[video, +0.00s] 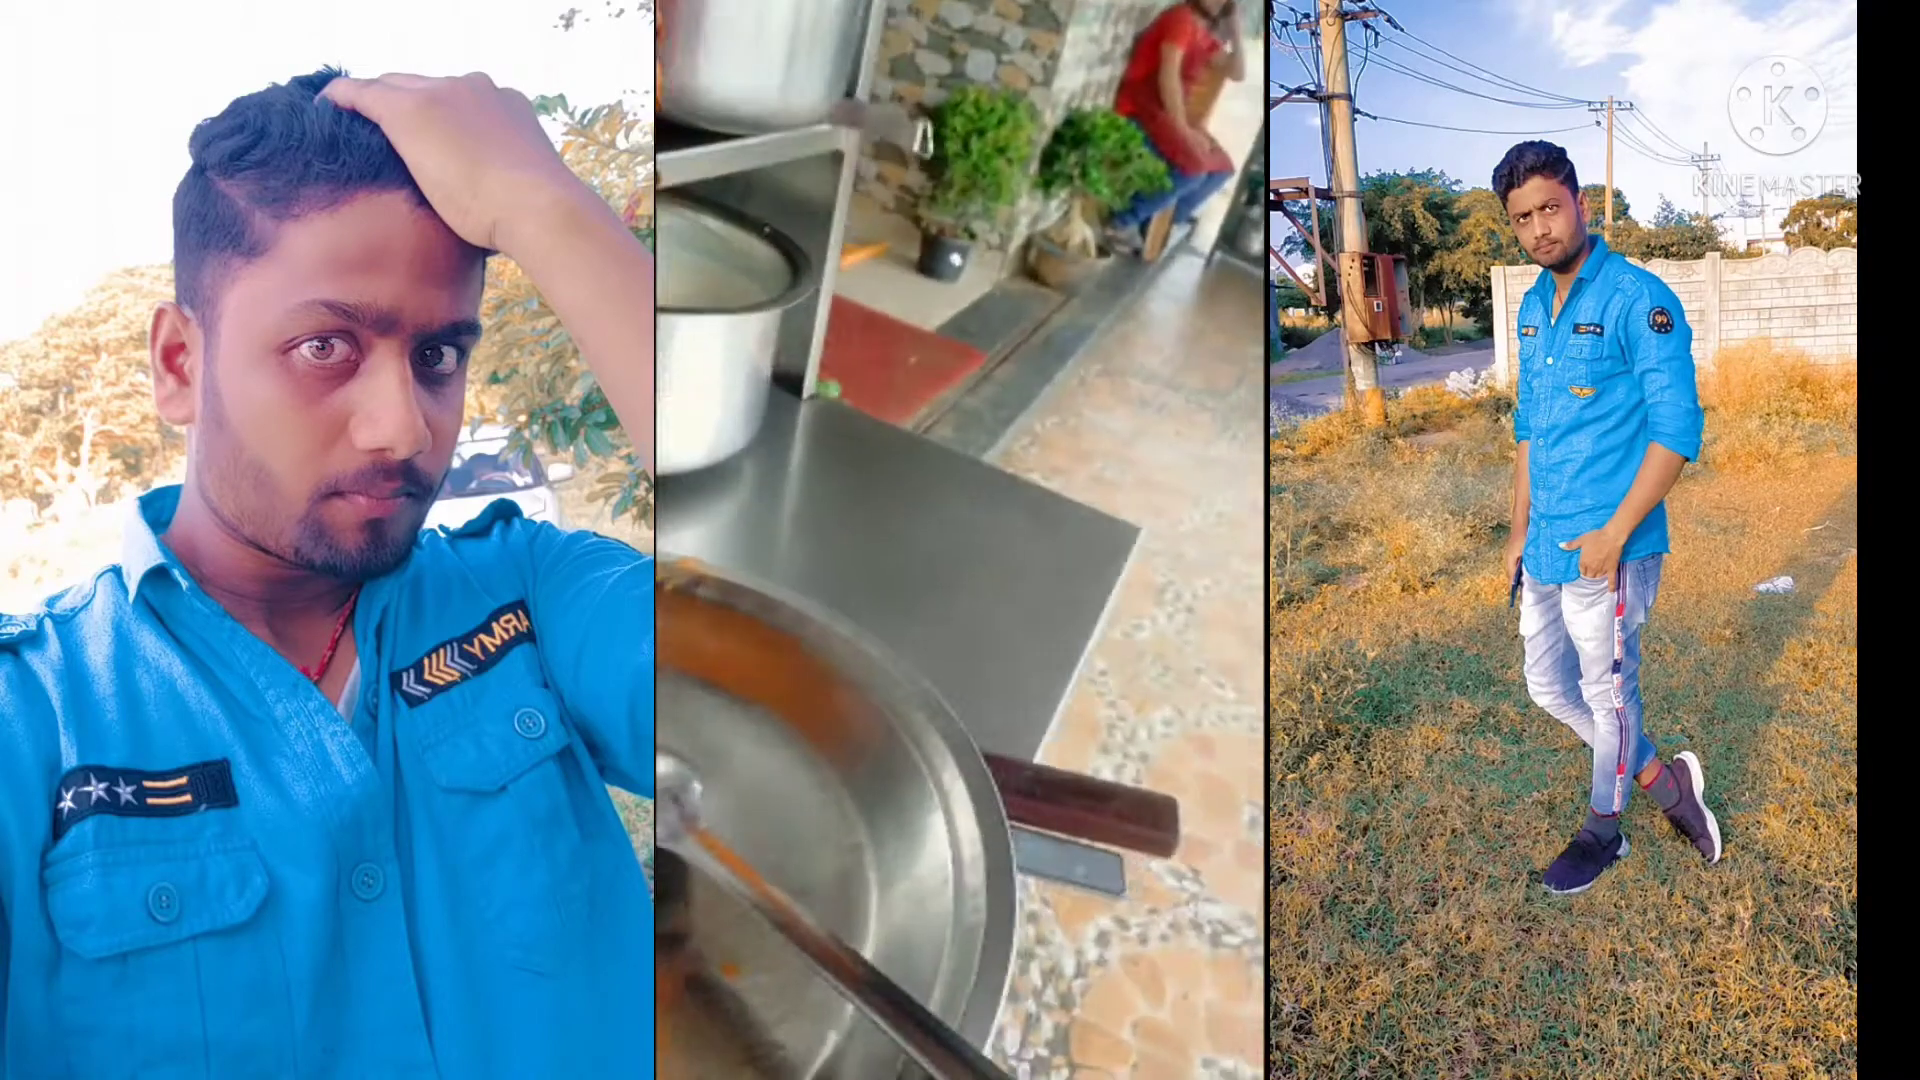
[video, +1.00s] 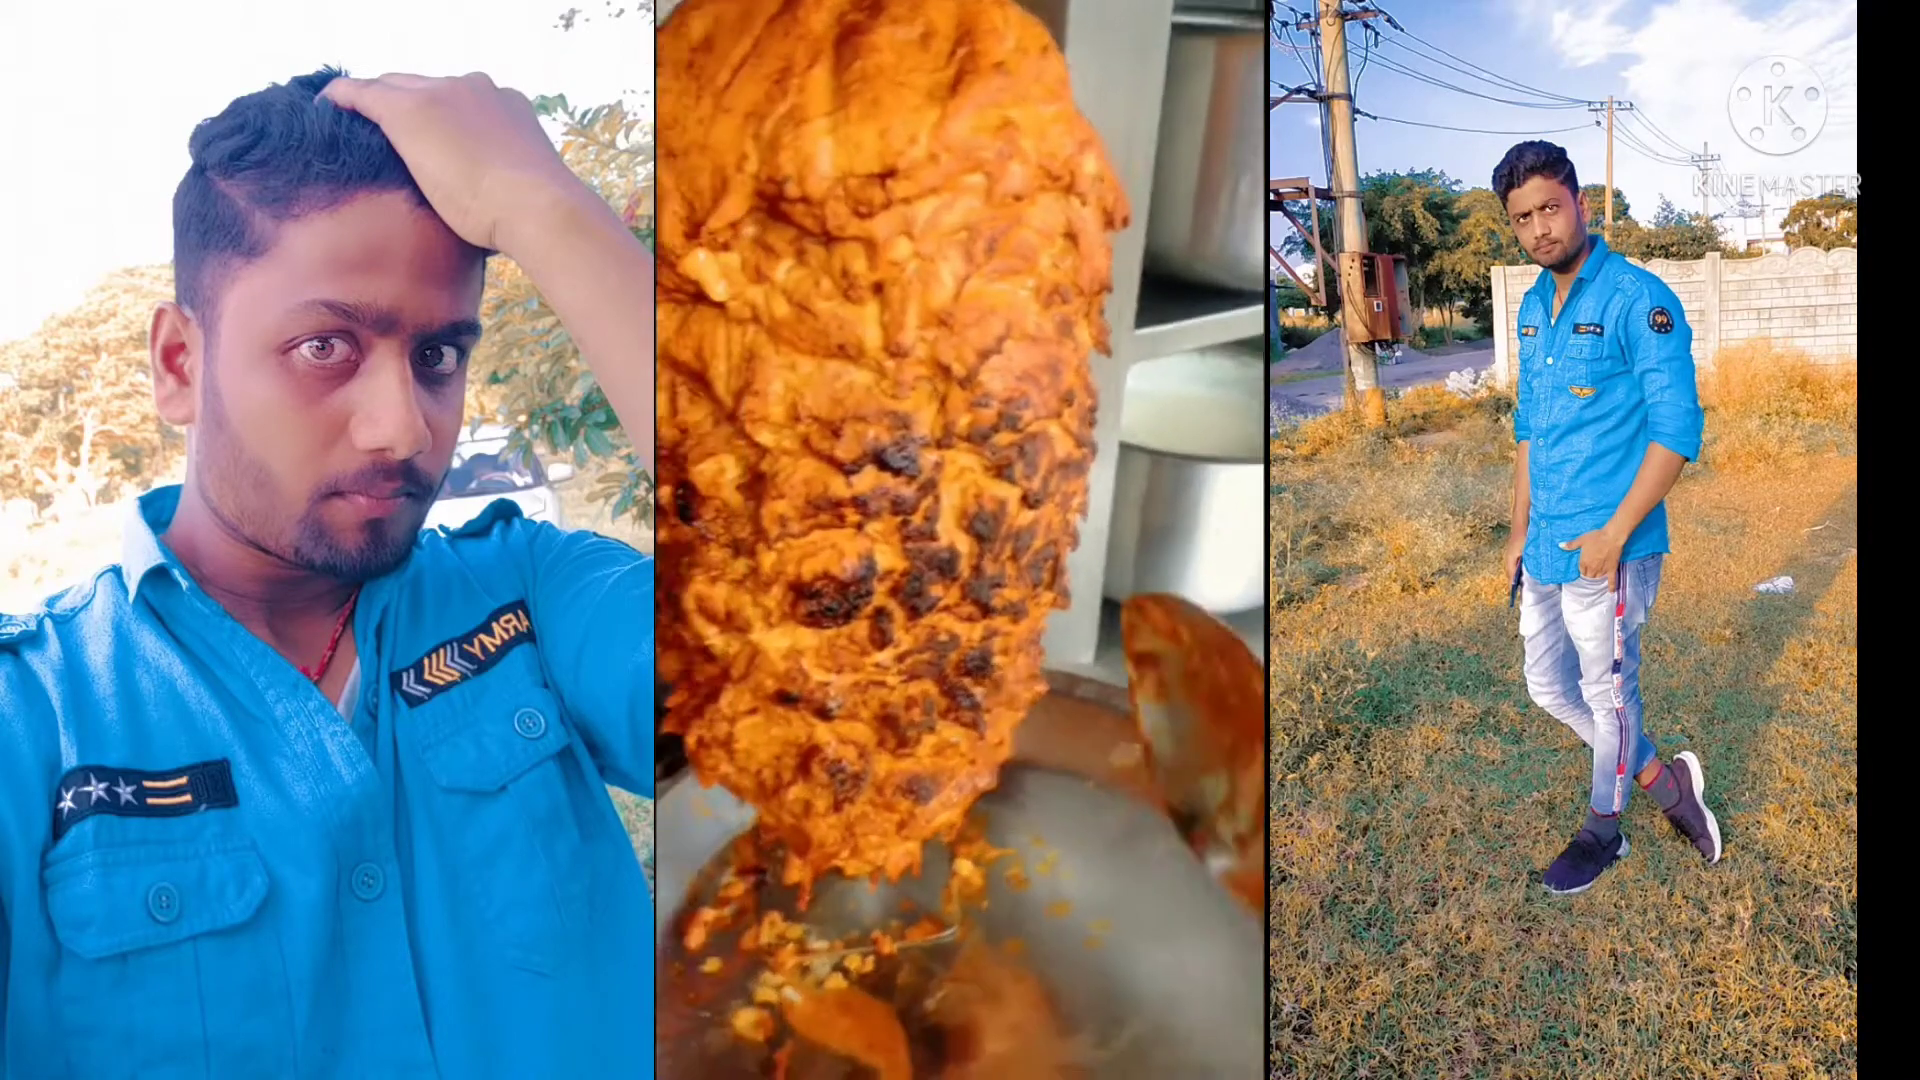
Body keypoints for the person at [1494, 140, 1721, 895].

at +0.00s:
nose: (1537, 229)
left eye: (1548, 208)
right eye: (1522, 219)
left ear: (1582, 202)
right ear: (1513, 228)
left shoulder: (1641, 298)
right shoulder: (1534, 306)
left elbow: (1678, 432)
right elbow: (1529, 431)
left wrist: (1616, 532)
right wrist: (1520, 528)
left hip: (1611, 537)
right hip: (1544, 538)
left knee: (1609, 690)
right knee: (1549, 684)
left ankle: (1602, 828)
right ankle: (1665, 777)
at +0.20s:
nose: (1537, 229)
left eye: (1549, 209)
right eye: (1522, 219)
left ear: (1582, 203)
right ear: (1513, 228)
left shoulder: (1640, 298)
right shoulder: (1534, 307)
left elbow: (1678, 431)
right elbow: (1529, 431)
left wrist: (1615, 532)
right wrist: (1520, 528)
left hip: (1611, 536)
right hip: (1544, 538)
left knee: (1609, 689)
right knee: (1549, 684)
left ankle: (1602, 828)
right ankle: (1665, 778)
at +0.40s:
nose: (1537, 229)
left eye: (1548, 208)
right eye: (1522, 219)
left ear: (1582, 202)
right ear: (1513, 228)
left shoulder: (1641, 298)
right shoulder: (1534, 306)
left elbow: (1678, 432)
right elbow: (1529, 431)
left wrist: (1615, 532)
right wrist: (1520, 528)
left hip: (1612, 537)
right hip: (1544, 538)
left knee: (1609, 690)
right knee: (1549, 685)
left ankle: (1602, 828)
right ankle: (1665, 777)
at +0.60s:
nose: (1537, 229)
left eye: (1549, 208)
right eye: (1522, 219)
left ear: (1582, 202)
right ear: (1513, 228)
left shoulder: (1641, 299)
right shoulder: (1534, 306)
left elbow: (1678, 432)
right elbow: (1529, 431)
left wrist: (1615, 533)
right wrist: (1520, 529)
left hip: (1611, 538)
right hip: (1544, 539)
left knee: (1610, 692)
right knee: (1548, 685)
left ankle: (1602, 827)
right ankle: (1665, 777)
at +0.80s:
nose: (1537, 229)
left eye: (1548, 208)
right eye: (1522, 219)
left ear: (1582, 202)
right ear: (1513, 229)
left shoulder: (1641, 299)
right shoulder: (1534, 307)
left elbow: (1678, 432)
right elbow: (1529, 431)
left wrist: (1615, 533)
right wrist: (1520, 528)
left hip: (1611, 537)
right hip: (1544, 538)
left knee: (1610, 691)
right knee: (1549, 685)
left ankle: (1602, 827)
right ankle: (1665, 778)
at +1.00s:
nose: (1537, 229)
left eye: (1549, 208)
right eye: (1522, 219)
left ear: (1582, 203)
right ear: (1513, 229)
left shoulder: (1640, 299)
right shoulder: (1534, 308)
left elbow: (1678, 432)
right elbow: (1529, 432)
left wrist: (1615, 533)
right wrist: (1520, 530)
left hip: (1611, 537)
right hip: (1544, 538)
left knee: (1610, 690)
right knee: (1549, 684)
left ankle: (1602, 828)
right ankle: (1665, 778)